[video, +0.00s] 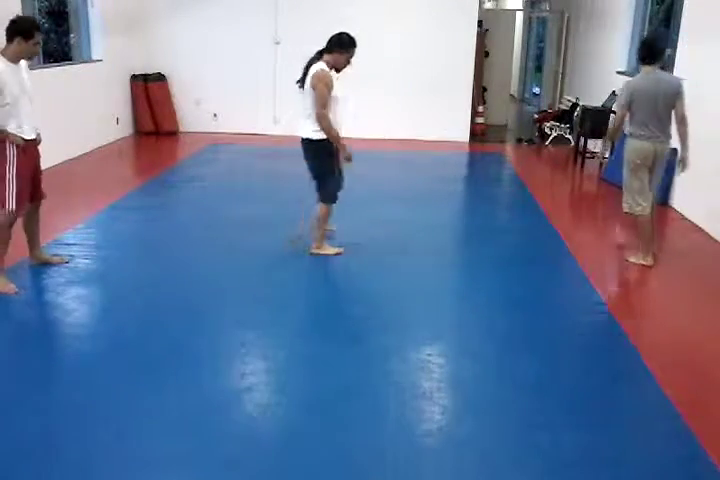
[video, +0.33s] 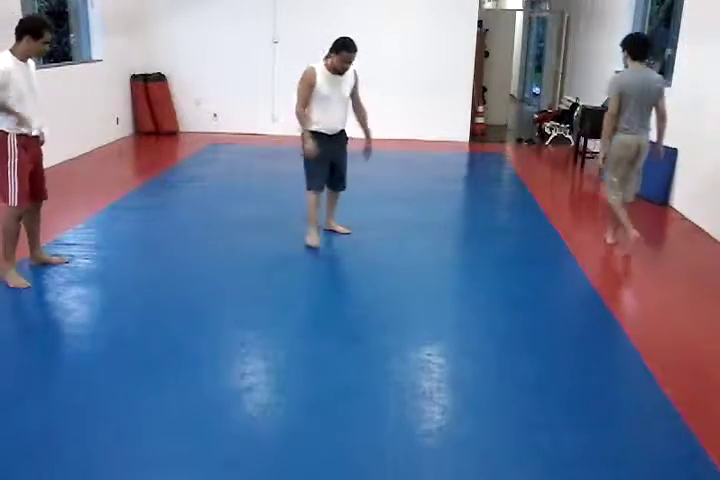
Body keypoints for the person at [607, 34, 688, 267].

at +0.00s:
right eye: (659, 55)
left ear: (639, 56)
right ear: (661, 57)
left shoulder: (632, 85)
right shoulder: (674, 84)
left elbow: (619, 120)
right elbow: (681, 120)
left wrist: (608, 140)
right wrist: (684, 151)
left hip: (637, 146)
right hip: (662, 147)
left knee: (641, 200)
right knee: (649, 197)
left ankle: (645, 253)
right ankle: (649, 247)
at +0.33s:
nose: (623, 55)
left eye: (624, 51)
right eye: (625, 51)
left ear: (627, 53)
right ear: (646, 54)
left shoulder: (619, 80)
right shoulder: (656, 80)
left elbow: (611, 115)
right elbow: (661, 115)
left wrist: (603, 148)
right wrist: (659, 143)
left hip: (621, 137)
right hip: (643, 139)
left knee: (612, 188)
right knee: (626, 188)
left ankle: (630, 230)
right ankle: (611, 232)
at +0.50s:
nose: (611, 55)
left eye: (612, 51)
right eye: (611, 51)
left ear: (620, 52)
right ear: (632, 52)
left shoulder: (616, 77)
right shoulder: (647, 76)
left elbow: (607, 112)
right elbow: (650, 111)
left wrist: (597, 142)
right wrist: (645, 136)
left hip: (615, 134)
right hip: (636, 135)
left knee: (594, 176)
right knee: (624, 185)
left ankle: (604, 223)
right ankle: (613, 231)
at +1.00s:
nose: (576, 57)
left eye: (578, 53)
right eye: (575, 53)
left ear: (589, 52)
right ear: (593, 52)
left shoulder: (587, 75)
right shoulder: (612, 74)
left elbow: (580, 111)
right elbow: (615, 107)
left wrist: (568, 139)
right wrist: (613, 134)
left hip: (585, 129)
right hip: (602, 129)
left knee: (572, 173)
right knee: (593, 173)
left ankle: (570, 217)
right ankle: (602, 206)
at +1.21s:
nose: (567, 55)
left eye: (570, 51)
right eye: (567, 51)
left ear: (581, 50)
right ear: (584, 51)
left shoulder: (584, 71)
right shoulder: (599, 70)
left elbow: (578, 106)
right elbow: (604, 102)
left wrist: (559, 130)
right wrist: (604, 127)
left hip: (584, 125)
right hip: (595, 125)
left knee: (572, 168)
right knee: (577, 167)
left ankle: (572, 217)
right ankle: (575, 213)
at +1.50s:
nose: (567, 56)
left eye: (570, 51)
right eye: (566, 51)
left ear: (582, 51)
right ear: (569, 51)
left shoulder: (592, 71)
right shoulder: (576, 70)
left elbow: (597, 102)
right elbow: (575, 98)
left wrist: (594, 123)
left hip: (585, 122)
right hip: (573, 121)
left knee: (576, 169)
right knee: (570, 168)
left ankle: (574, 216)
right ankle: (570, 212)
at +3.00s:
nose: (574, 61)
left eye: (579, 57)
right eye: (572, 56)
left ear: (592, 57)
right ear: (570, 55)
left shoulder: (606, 82)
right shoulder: (564, 77)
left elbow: (613, 118)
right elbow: (551, 107)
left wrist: (610, 152)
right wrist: (535, 132)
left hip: (591, 144)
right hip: (564, 142)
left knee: (589, 199)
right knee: (555, 193)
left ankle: (582, 237)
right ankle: (560, 238)